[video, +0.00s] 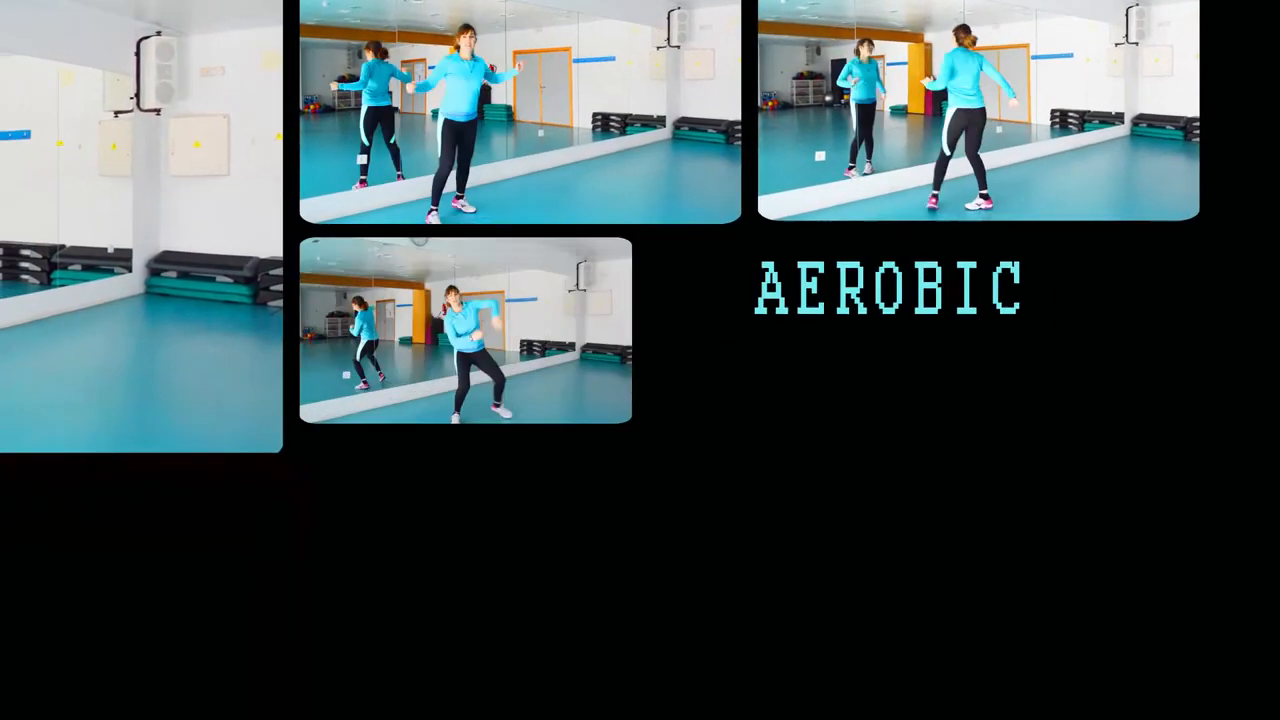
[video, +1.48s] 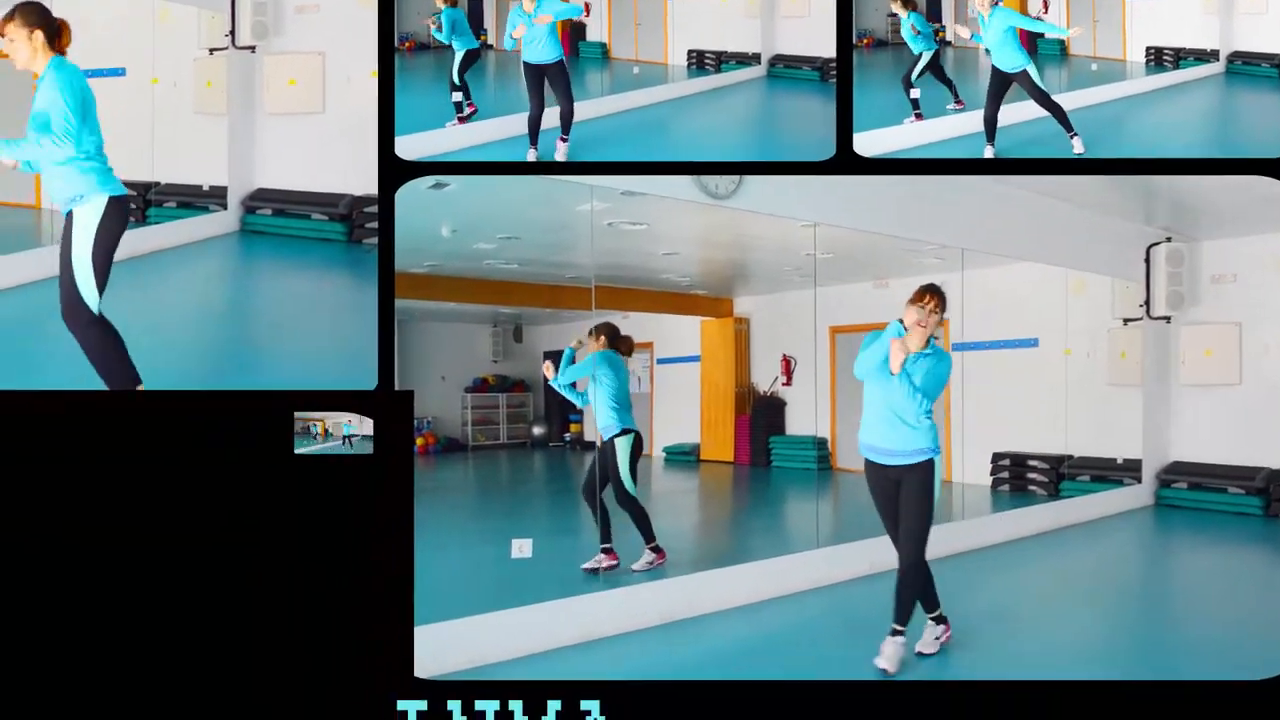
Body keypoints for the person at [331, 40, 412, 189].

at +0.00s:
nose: (366, 55)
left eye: (366, 53)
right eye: (366, 53)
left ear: (371, 52)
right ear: (379, 52)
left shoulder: (367, 66)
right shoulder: (389, 66)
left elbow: (362, 84)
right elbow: (405, 78)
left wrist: (340, 86)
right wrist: (408, 74)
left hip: (370, 108)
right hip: (386, 108)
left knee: (365, 143)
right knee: (391, 141)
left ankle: (363, 180)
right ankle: (400, 174)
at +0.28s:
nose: (367, 43)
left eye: (368, 40)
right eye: (368, 40)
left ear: (372, 40)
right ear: (382, 40)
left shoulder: (371, 54)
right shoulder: (390, 53)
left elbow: (359, 76)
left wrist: (359, 61)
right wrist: (368, 58)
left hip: (386, 92)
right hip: (400, 90)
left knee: (377, 126)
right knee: (386, 121)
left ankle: (381, 164)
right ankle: (391, 152)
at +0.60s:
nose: (374, 42)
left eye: (375, 39)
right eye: (374, 39)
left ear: (380, 38)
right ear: (389, 37)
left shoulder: (386, 51)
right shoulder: (397, 49)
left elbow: (384, 76)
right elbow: (393, 69)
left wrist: (370, 70)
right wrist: (377, 66)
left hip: (408, 86)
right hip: (416, 83)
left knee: (395, 117)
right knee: (403, 110)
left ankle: (401, 153)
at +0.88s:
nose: (383, 38)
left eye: (384, 35)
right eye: (383, 35)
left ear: (391, 35)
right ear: (391, 35)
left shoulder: (407, 48)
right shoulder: (396, 50)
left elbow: (422, 61)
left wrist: (412, 63)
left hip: (422, 82)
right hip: (416, 82)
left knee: (401, 113)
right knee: (434, 109)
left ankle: (410, 147)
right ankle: (451, 133)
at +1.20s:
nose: (389, 29)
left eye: (389, 26)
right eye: (388, 26)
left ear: (394, 25)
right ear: (401, 24)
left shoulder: (400, 40)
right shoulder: (411, 36)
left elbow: (397, 64)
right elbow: (410, 55)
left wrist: (388, 57)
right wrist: (394, 52)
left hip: (421, 75)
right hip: (430, 72)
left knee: (411, 107)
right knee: (418, 100)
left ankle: (415, 144)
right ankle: (433, 128)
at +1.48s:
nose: (436, 2)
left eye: (437, 0)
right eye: (436, 0)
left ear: (442, 1)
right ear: (450, 1)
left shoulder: (446, 14)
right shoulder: (459, 10)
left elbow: (446, 39)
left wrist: (433, 30)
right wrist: (437, 22)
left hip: (464, 50)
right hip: (473, 47)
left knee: (454, 81)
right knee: (459, 75)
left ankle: (460, 116)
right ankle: (470, 105)